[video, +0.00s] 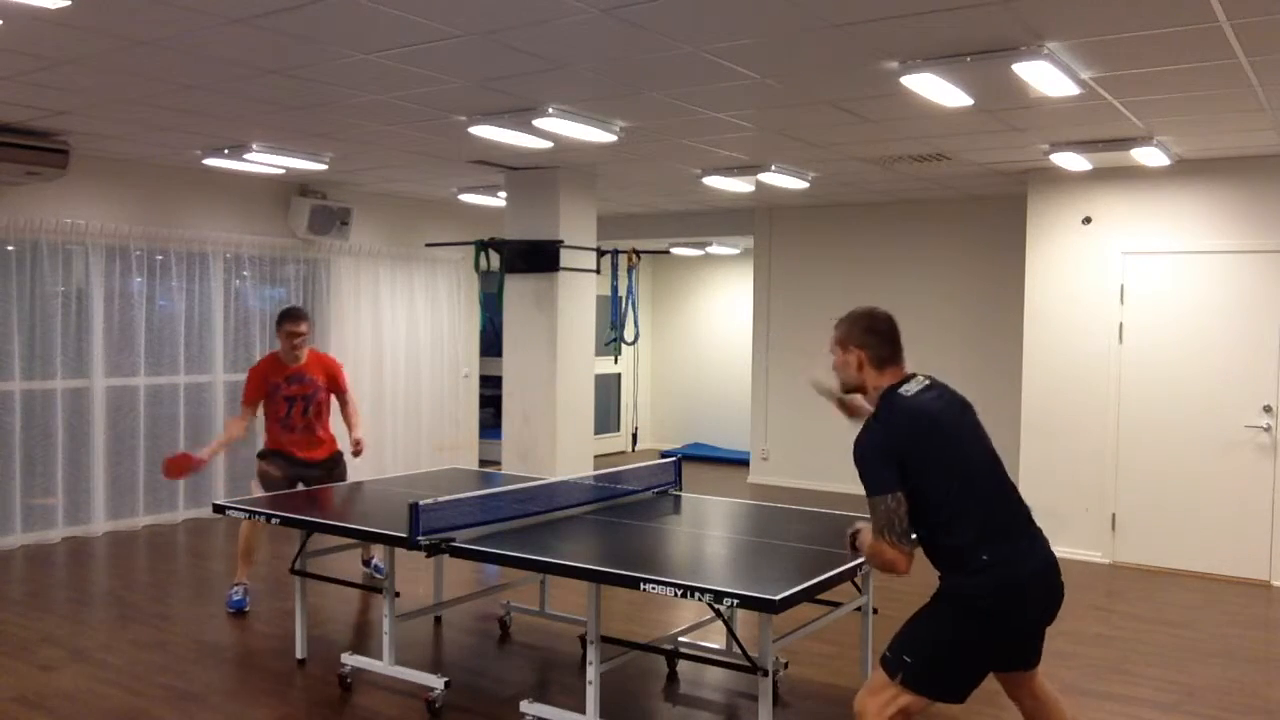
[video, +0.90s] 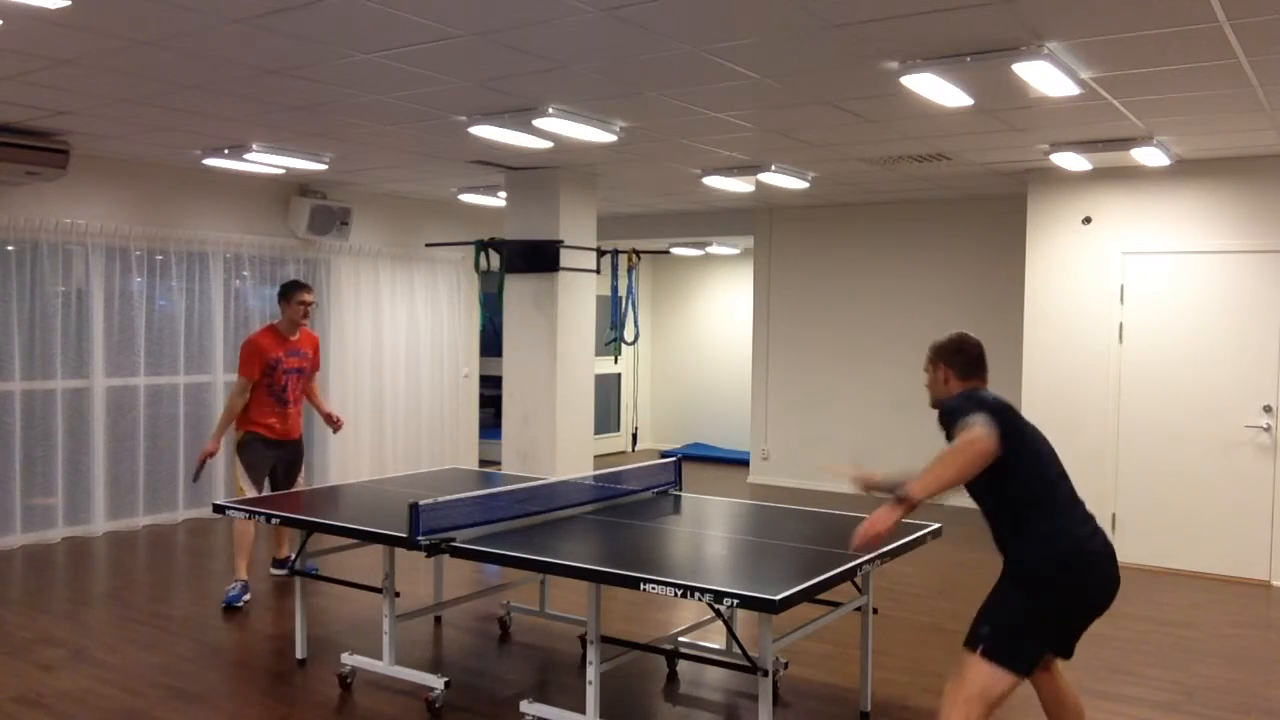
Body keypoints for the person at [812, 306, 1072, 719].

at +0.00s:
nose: (834, 363)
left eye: (836, 353)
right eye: (833, 353)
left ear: (857, 359)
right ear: (895, 352)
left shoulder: (876, 437)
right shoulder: (938, 392)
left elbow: (896, 560)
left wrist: (864, 539)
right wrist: (866, 411)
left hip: (981, 592)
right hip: (1037, 572)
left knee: (875, 706)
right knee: (1024, 683)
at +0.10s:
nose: (852, 360)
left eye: (858, 349)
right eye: (854, 349)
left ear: (881, 356)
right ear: (915, 353)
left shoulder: (887, 429)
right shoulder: (963, 398)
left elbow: (898, 548)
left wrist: (870, 531)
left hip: (985, 591)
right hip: (1045, 574)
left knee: (881, 706)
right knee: (1031, 682)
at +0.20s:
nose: (883, 363)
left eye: (888, 352)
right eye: (884, 353)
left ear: (912, 357)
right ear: (939, 358)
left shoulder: (905, 421)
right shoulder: (994, 408)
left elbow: (899, 538)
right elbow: (1002, 499)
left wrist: (887, 550)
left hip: (989, 590)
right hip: (1057, 579)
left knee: (887, 703)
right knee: (1042, 680)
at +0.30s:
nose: (918, 376)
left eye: (923, 365)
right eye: (919, 366)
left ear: (944, 367)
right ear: (975, 368)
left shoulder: (926, 423)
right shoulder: (1030, 424)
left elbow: (907, 533)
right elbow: (1068, 523)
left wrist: (911, 576)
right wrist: (1073, 585)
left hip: (989, 592)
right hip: (1061, 585)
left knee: (897, 705)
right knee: (1046, 677)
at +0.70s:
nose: (946, 391)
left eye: (947, 380)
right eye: (946, 381)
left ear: (960, 379)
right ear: (1000, 381)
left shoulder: (949, 428)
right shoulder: (1035, 429)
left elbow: (923, 522)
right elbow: (1050, 512)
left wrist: (897, 579)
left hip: (1019, 593)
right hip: (1087, 587)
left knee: (930, 708)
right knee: (1047, 672)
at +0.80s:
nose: (940, 394)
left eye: (940, 384)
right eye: (939, 384)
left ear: (955, 384)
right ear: (992, 382)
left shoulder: (959, 423)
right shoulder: (1019, 424)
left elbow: (920, 502)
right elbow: (1027, 518)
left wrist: (870, 550)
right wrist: (939, 521)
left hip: (1035, 589)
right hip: (1092, 581)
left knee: (958, 707)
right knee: (1047, 672)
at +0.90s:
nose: (928, 384)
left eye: (929, 374)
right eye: (927, 375)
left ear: (944, 373)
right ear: (976, 372)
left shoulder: (967, 405)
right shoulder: (998, 411)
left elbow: (980, 445)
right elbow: (958, 471)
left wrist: (899, 506)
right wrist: (889, 484)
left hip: (1048, 570)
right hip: (1088, 566)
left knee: (965, 699)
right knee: (1040, 662)